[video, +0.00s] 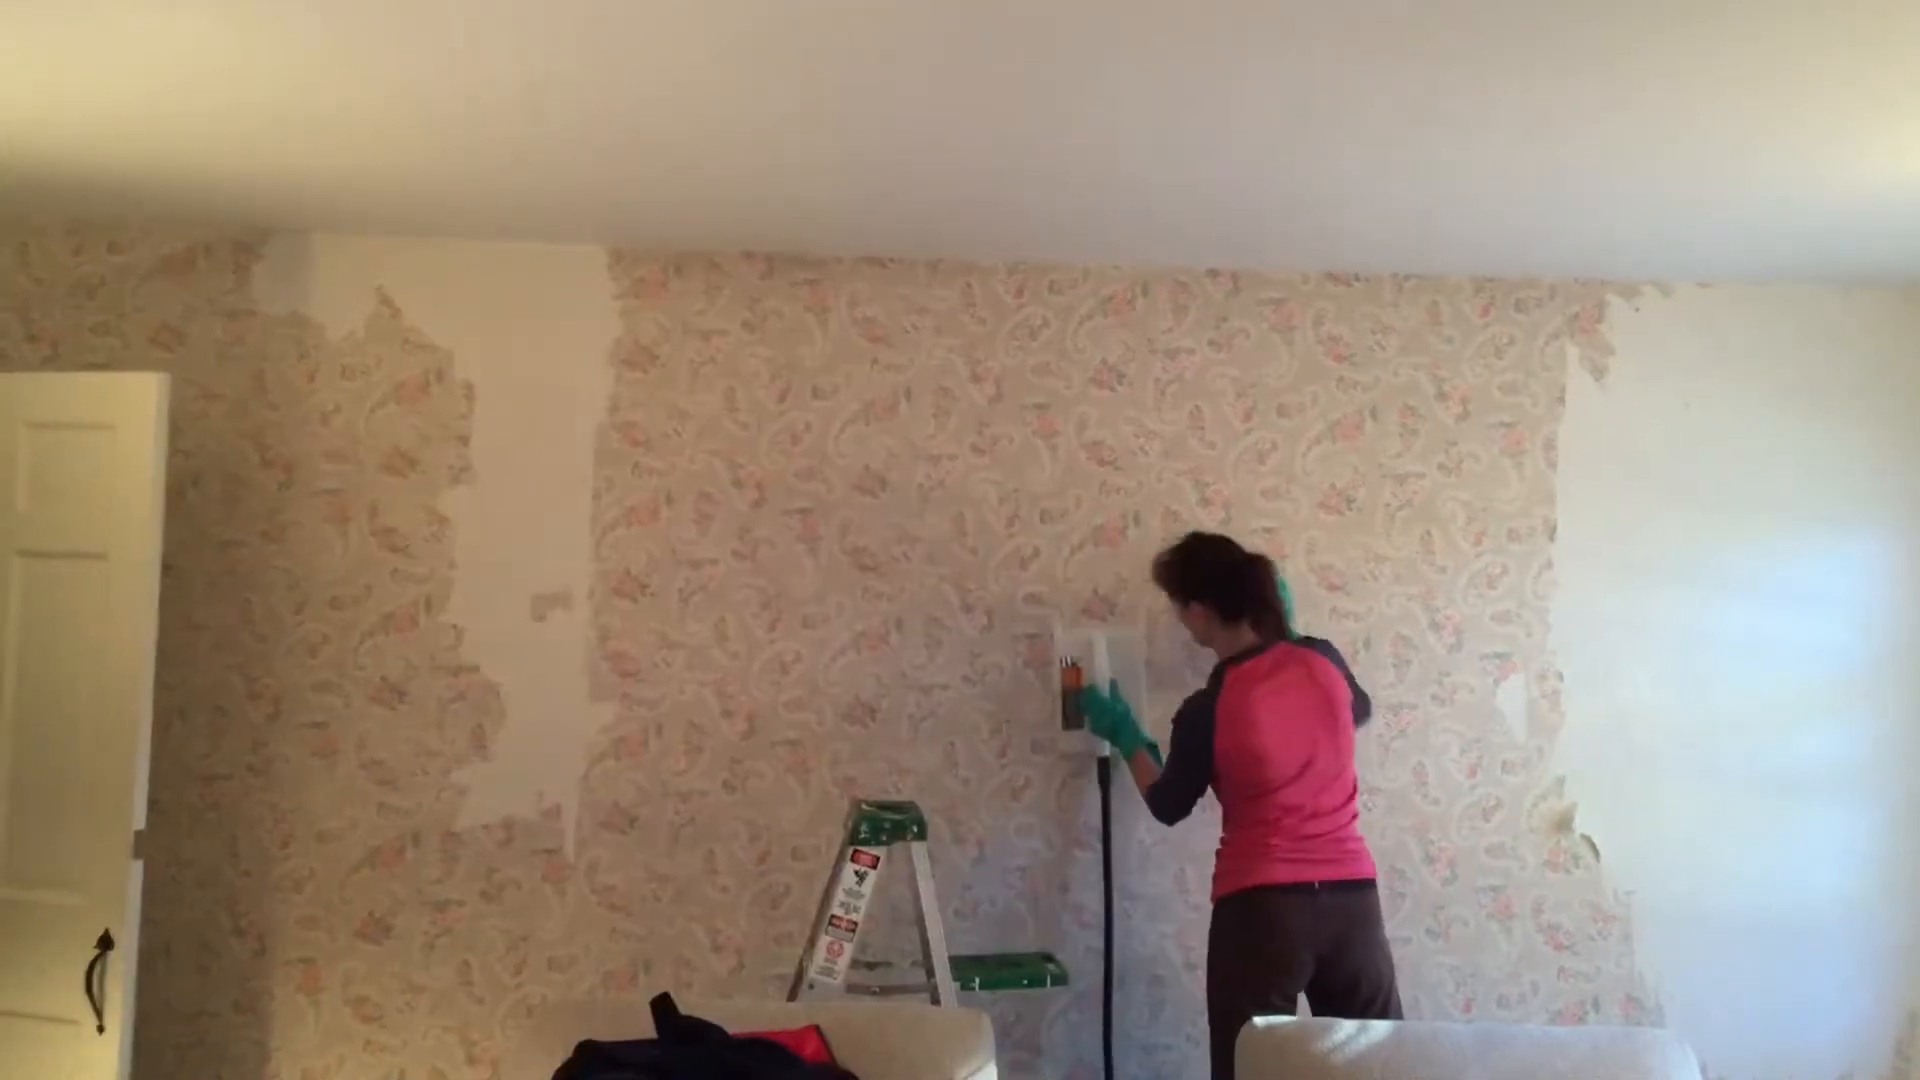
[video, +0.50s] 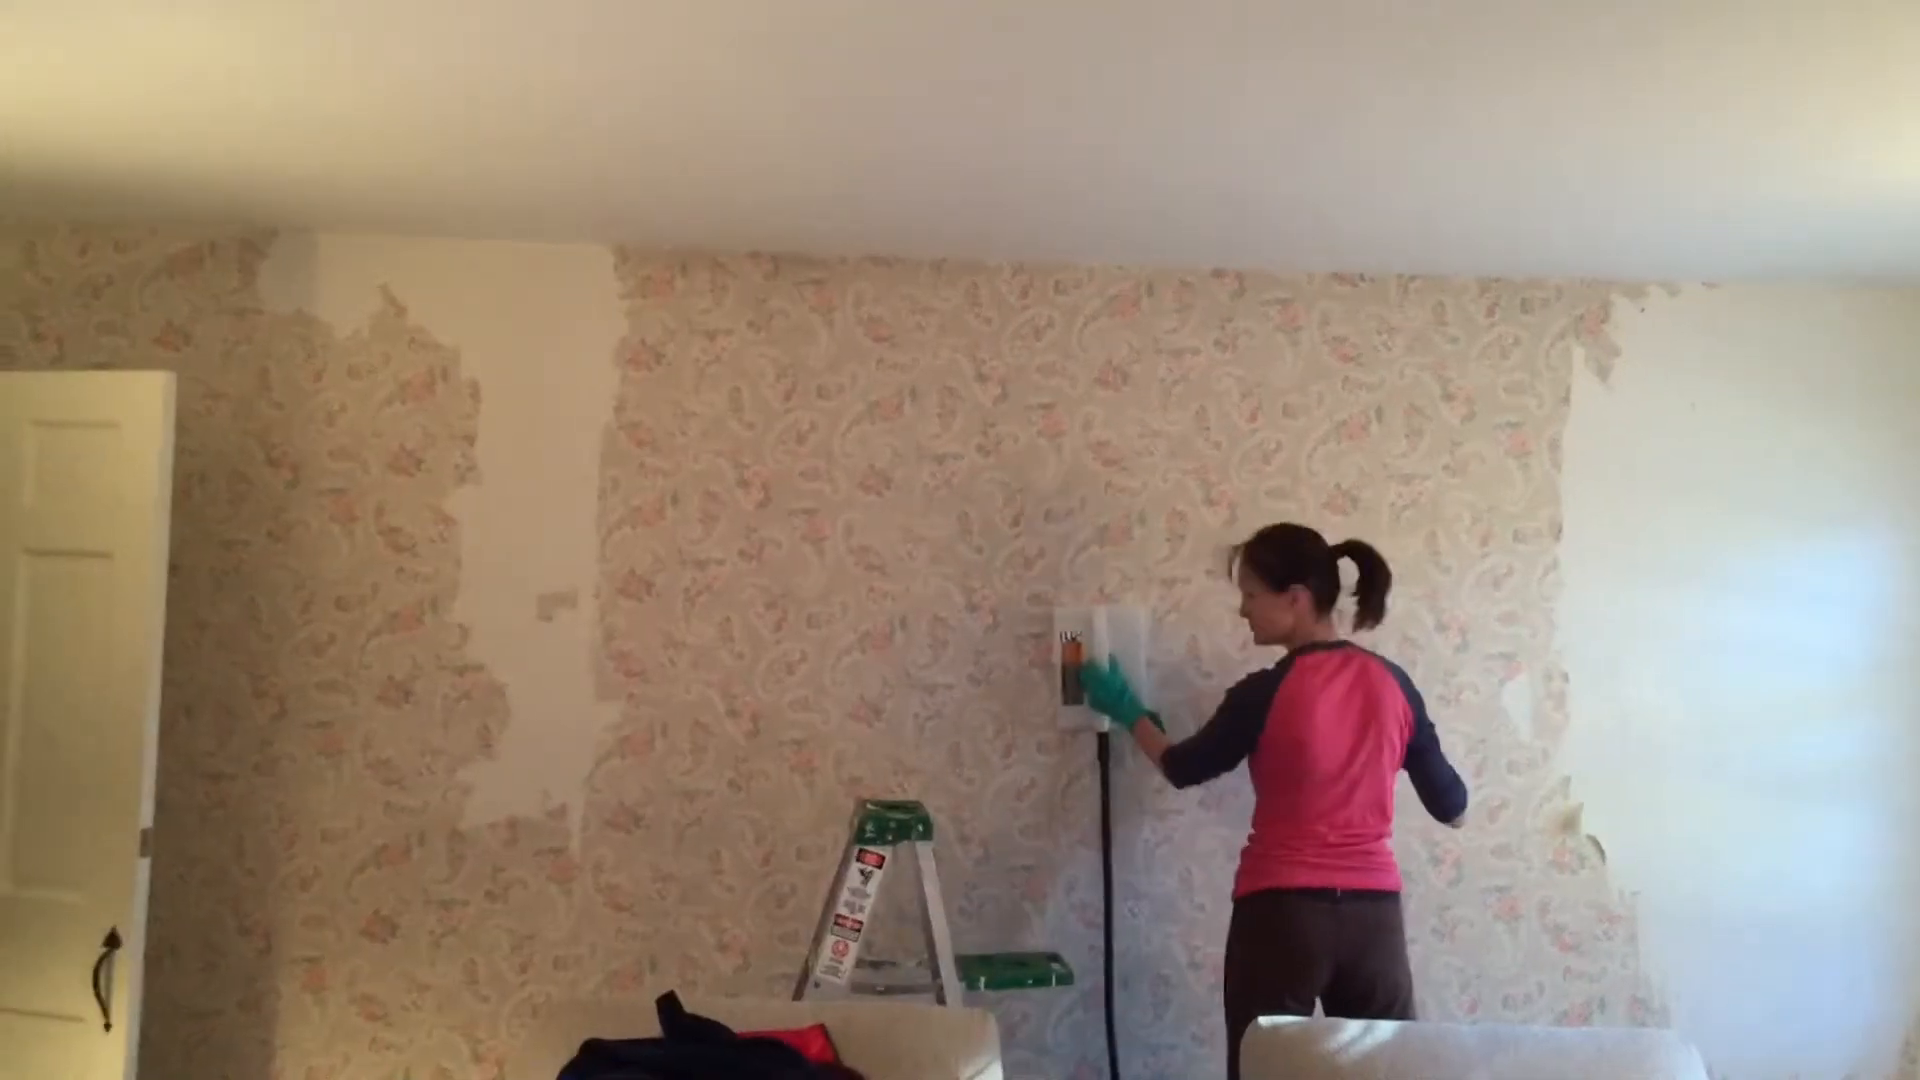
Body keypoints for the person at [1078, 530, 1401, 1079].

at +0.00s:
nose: (1181, 621)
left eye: (1180, 607)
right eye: (1178, 608)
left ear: (1203, 610)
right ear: (1258, 595)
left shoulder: (1207, 709)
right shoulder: (1323, 660)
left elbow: (1169, 804)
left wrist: (1127, 736)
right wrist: (1286, 639)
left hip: (1258, 917)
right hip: (1353, 911)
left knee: (1245, 1074)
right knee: (1380, 1070)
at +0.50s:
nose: (1241, 608)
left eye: (1249, 594)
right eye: (1241, 594)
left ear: (1296, 599)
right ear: (1302, 597)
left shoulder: (1264, 691)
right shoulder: (1393, 685)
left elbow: (1180, 768)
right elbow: (1451, 804)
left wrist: (1129, 712)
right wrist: (1399, 735)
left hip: (1278, 920)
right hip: (1374, 922)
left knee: (1262, 1075)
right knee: (1385, 1074)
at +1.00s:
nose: (1254, 619)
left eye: (1266, 604)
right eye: (1252, 605)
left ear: (1317, 602)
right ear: (1322, 603)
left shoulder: (1283, 685)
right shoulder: (1398, 688)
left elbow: (1184, 749)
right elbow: (1445, 809)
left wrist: (1125, 705)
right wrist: (1373, 764)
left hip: (1296, 922)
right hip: (1389, 925)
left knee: (1269, 1073)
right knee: (1397, 1074)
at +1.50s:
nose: (1277, 608)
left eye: (1279, 593)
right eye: (1277, 593)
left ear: (1302, 596)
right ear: (1354, 594)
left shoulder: (1276, 686)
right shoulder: (1416, 695)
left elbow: (1176, 758)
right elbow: (1445, 835)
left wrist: (1127, 709)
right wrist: (1390, 786)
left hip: (1279, 927)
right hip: (1378, 934)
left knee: (1260, 1075)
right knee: (1385, 1076)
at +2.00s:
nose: (1291, 606)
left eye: (1294, 590)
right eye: (1293, 590)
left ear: (1313, 596)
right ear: (1370, 598)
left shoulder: (1275, 685)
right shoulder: (1425, 704)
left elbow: (1177, 753)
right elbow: (1446, 848)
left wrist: (1128, 709)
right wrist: (1378, 815)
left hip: (1270, 933)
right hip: (1371, 940)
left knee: (1254, 1073)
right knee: (1380, 1076)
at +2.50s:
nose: (1295, 602)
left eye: (1299, 589)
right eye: (1298, 588)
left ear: (1320, 600)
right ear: (1379, 602)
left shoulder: (1277, 685)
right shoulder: (1427, 705)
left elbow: (1175, 753)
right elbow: (1449, 852)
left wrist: (1124, 711)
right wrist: (1375, 831)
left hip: (1268, 932)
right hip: (1370, 940)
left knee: (1253, 1074)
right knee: (1379, 1076)